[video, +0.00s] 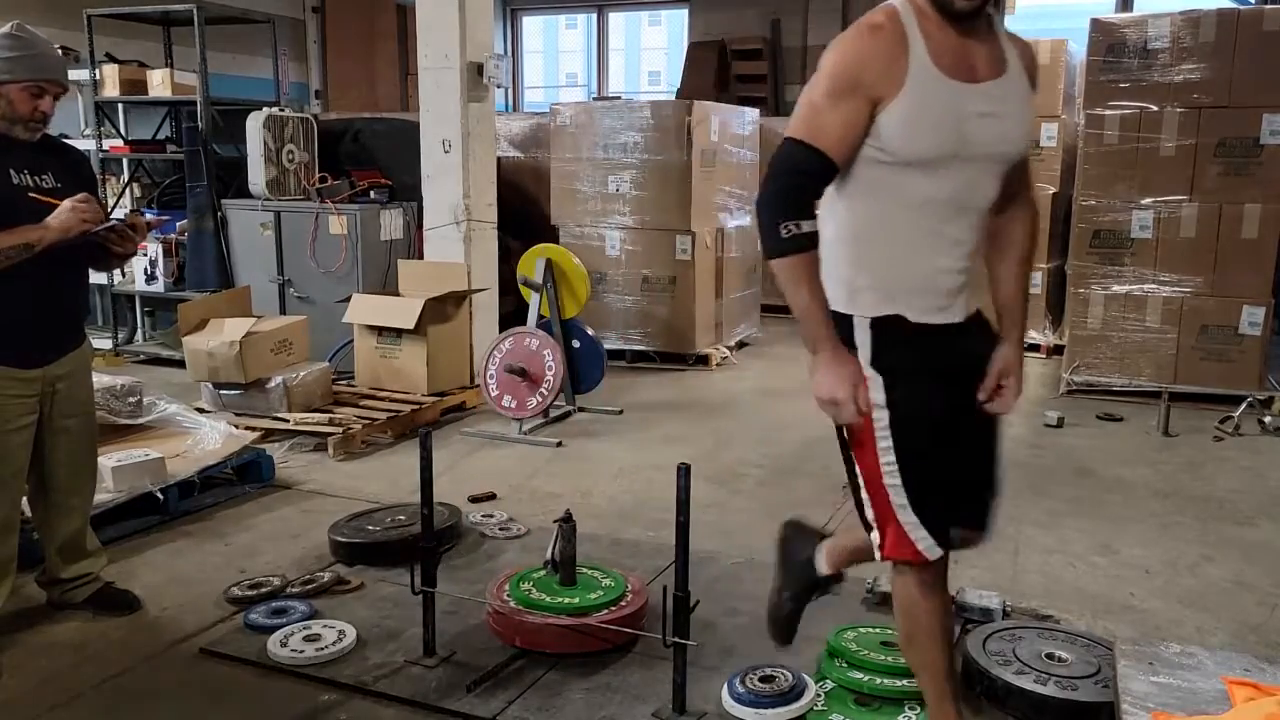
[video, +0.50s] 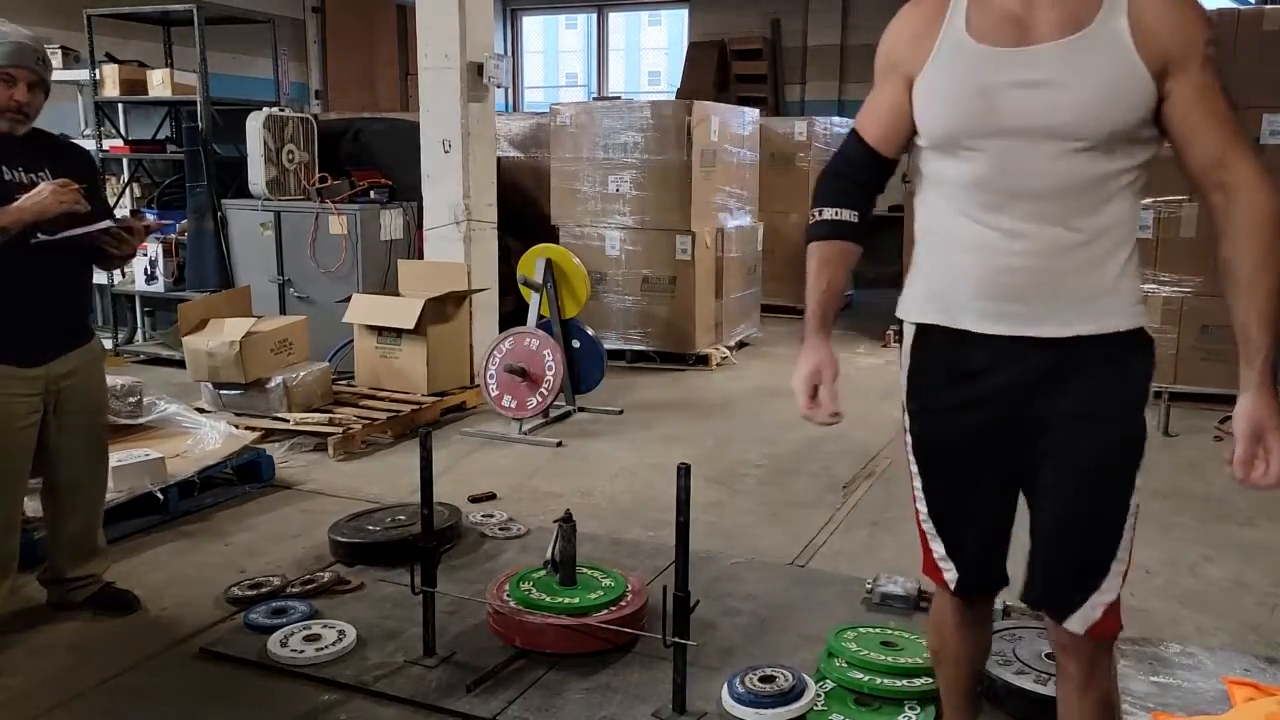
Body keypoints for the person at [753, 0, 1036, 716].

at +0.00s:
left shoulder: (1015, 59)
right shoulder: (873, 47)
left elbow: (1011, 202)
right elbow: (781, 202)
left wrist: (1011, 333)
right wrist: (823, 348)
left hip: (962, 324)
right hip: (875, 325)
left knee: (961, 522)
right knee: (918, 548)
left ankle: (818, 558)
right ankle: (944, 713)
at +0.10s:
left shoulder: (1047, 50)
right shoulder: (891, 30)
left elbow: (1051, 192)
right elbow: (797, 187)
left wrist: (1068, 328)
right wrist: (854, 329)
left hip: (1000, 329)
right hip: (897, 331)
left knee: (1039, 544)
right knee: (926, 556)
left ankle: (884, 532)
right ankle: (947, 712)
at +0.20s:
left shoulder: (1075, 37)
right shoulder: (898, 21)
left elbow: (1090, 175)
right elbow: (807, 177)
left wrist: (1129, 317)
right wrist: (870, 309)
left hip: (1036, 329)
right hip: (914, 334)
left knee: (1082, 553)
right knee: (936, 563)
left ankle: (965, 572)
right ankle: (951, 715)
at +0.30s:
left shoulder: (1104, 26)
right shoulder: (906, 18)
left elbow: (1143, 168)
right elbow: (819, 178)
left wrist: (1188, 321)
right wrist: (862, 305)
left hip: (1063, 328)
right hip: (934, 332)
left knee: (1090, 562)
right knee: (945, 559)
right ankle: (953, 713)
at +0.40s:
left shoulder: (1131, 17)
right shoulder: (913, 19)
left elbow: (1194, 167)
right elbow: (832, 178)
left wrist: (1235, 344)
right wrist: (839, 314)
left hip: (1079, 340)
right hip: (940, 338)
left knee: (1077, 603)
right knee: (951, 583)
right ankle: (955, 713)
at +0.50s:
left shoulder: (1153, 19)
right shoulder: (925, 22)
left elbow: (1237, 186)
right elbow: (849, 183)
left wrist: (1257, 378)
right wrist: (816, 332)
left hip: (1095, 357)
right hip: (951, 351)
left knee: (1084, 627)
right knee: (958, 592)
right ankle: (955, 717)